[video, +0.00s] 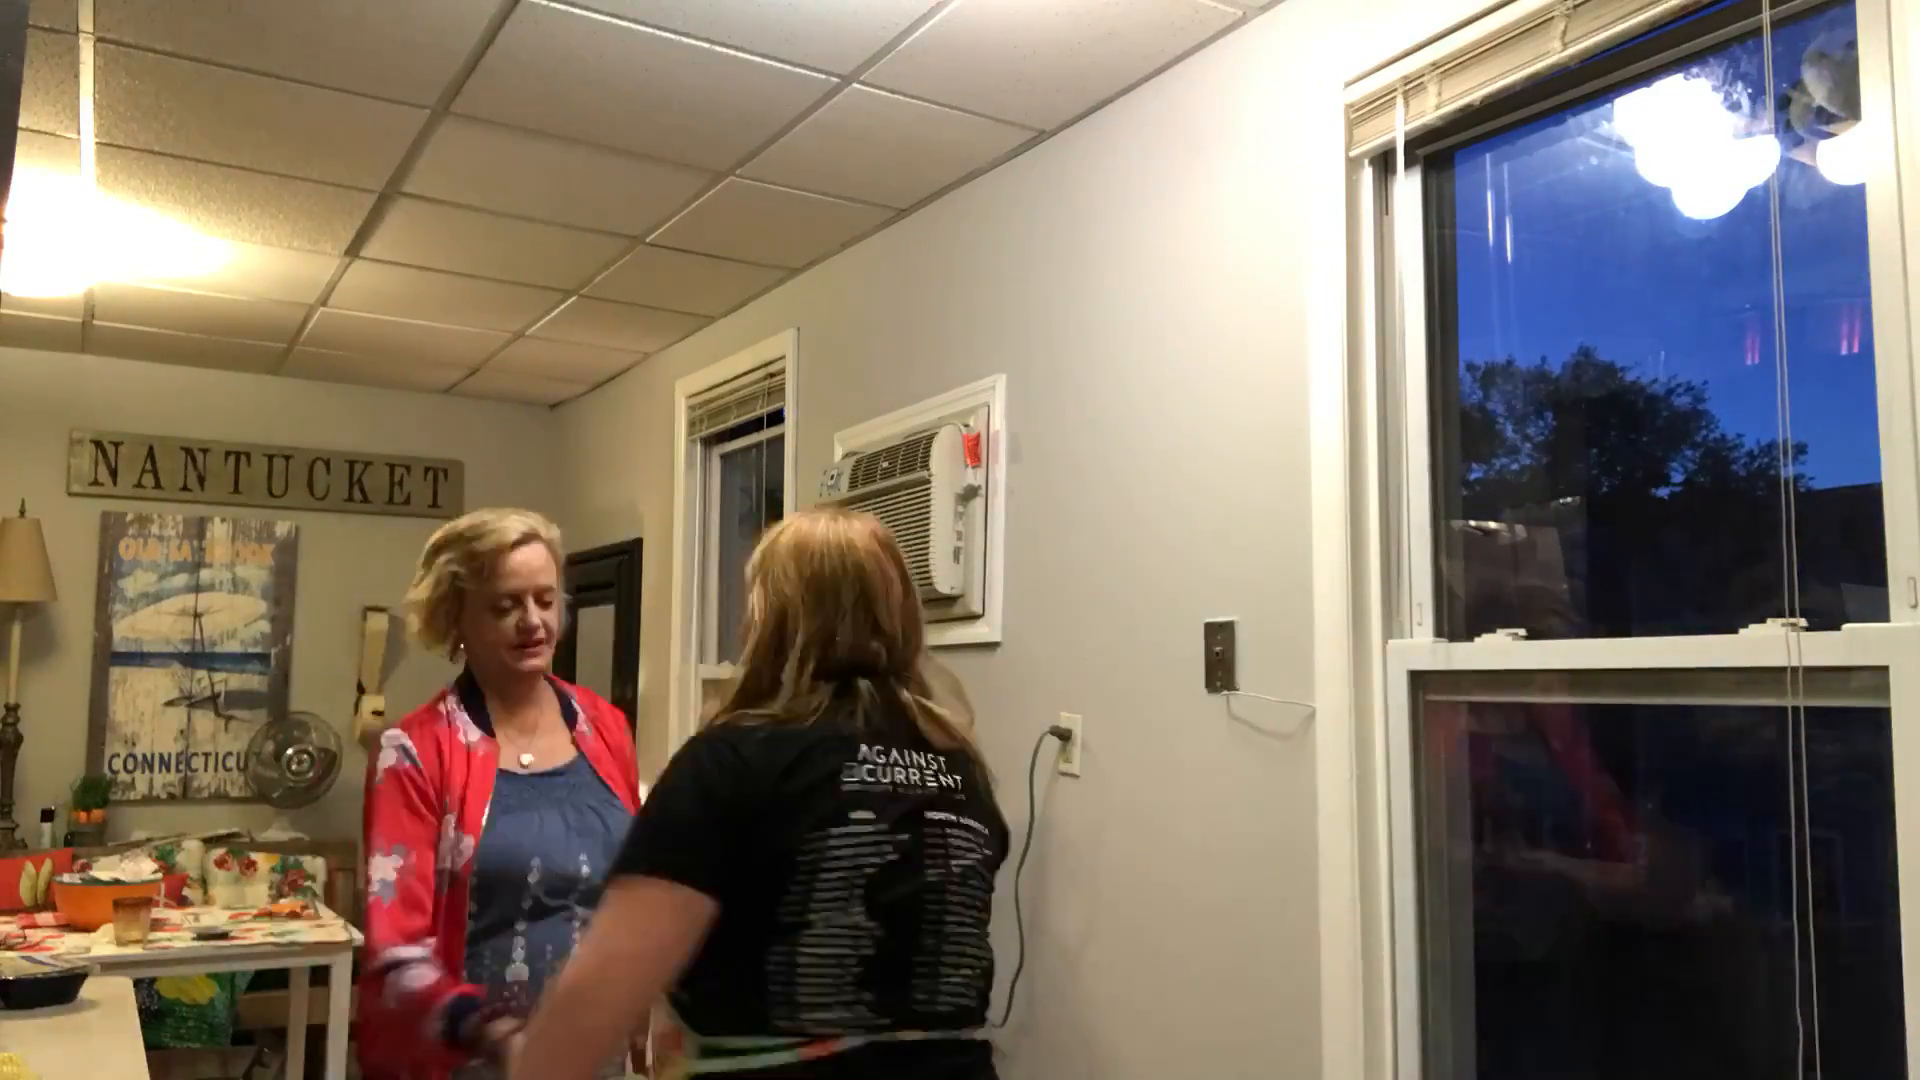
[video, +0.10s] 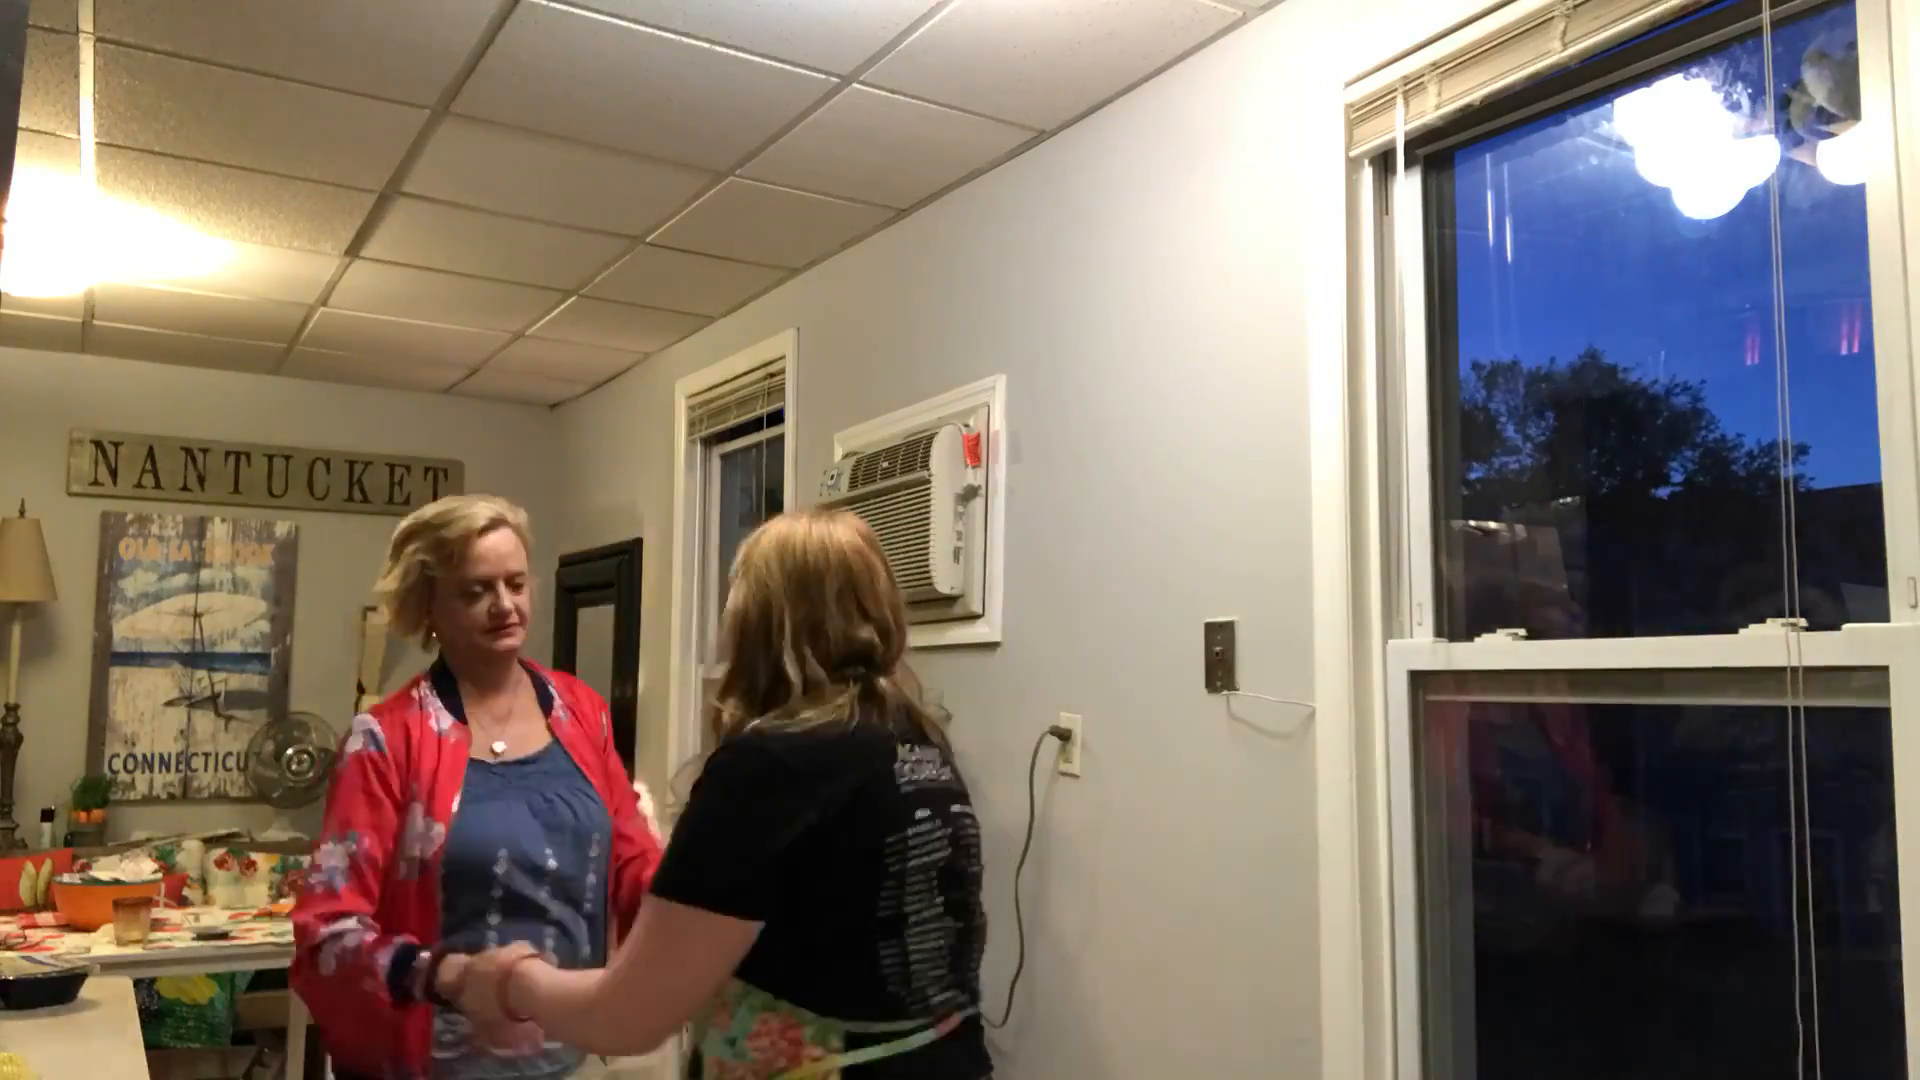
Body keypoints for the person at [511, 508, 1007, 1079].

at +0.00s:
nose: (747, 618)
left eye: (754, 598)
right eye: (751, 597)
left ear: (776, 615)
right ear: (896, 613)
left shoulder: (736, 760)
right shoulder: (960, 767)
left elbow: (598, 1001)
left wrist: (533, 1064)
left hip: (758, 1056)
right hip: (949, 1059)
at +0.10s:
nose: (729, 619)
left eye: (739, 598)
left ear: (755, 617)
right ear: (879, 611)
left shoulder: (765, 767)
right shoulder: (924, 749)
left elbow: (627, 1015)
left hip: (797, 1062)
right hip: (943, 1049)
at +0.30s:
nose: (704, 621)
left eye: (713, 606)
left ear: (725, 621)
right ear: (841, 626)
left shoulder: (706, 743)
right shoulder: (881, 761)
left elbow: (557, 944)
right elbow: (893, 962)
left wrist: (508, 859)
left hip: (732, 1062)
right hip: (873, 1060)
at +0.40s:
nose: (676, 625)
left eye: (684, 610)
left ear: (698, 626)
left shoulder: (661, 758)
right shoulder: (875, 758)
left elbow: (515, 936)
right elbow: (908, 919)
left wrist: (496, 848)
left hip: (735, 1065)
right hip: (887, 1059)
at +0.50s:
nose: (728, 624)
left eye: (738, 608)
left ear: (751, 623)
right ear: (871, 624)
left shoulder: (718, 752)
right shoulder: (915, 759)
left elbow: (578, 933)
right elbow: (992, 891)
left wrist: (524, 907)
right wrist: (1008, 852)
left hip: (735, 1061)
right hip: (875, 1055)